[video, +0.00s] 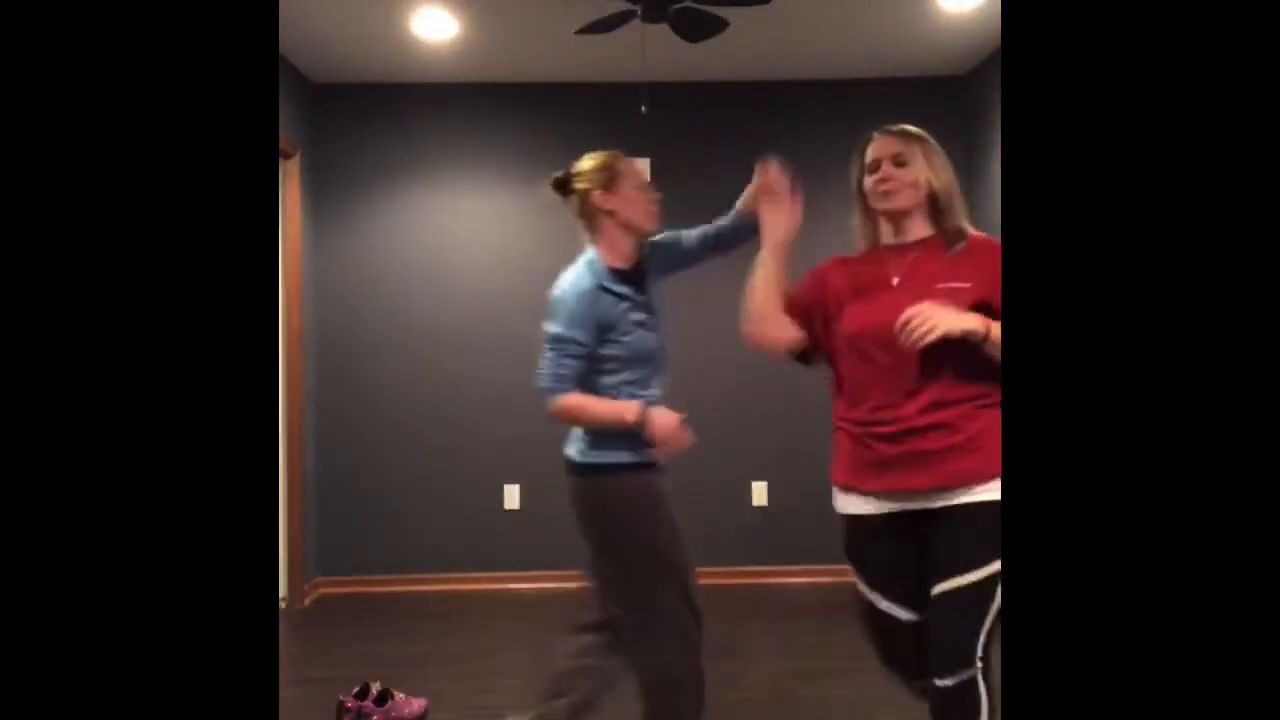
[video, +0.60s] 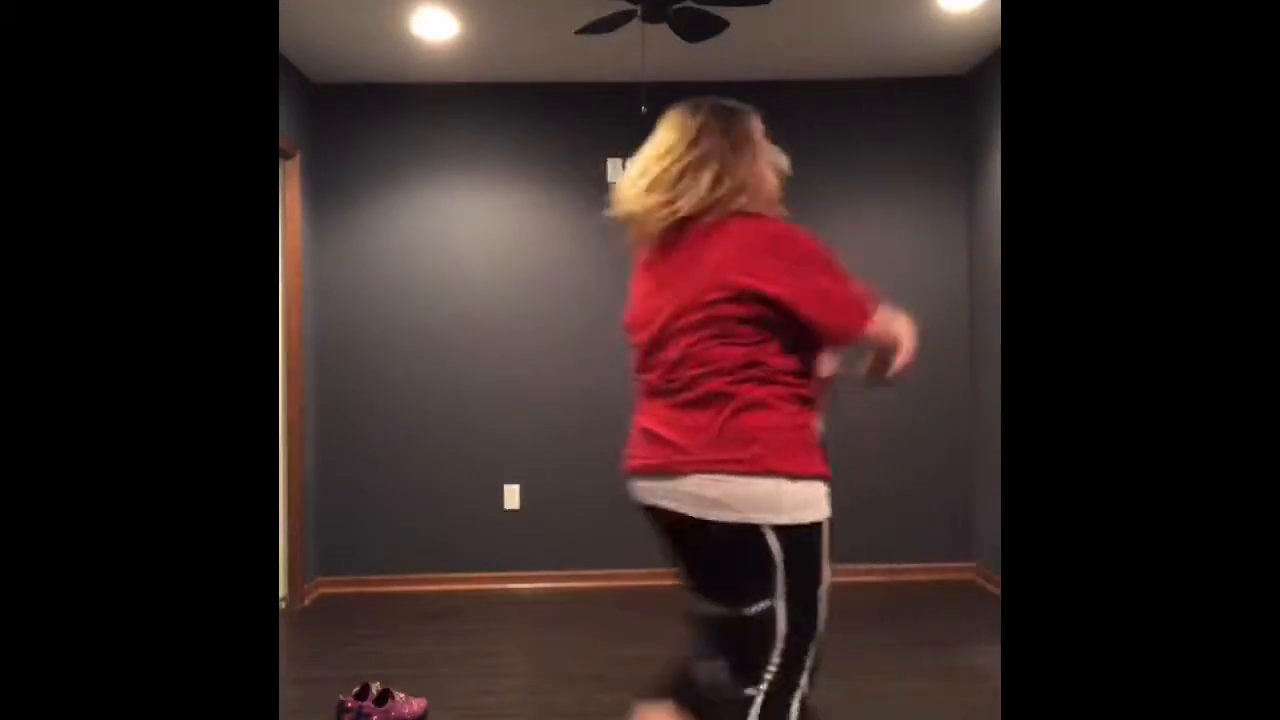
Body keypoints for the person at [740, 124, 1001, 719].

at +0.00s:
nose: (884, 173)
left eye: (899, 161)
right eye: (873, 168)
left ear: (932, 173)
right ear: (862, 189)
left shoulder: (983, 259)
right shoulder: (841, 277)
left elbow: (1003, 347)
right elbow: (765, 331)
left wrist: (974, 324)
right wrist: (773, 241)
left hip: (972, 495)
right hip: (872, 502)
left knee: (953, 667)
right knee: (902, 656)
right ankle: (964, 704)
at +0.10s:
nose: (881, 168)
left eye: (895, 156)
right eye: (866, 161)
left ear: (925, 172)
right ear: (850, 185)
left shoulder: (983, 259)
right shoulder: (826, 260)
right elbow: (741, 242)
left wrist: (984, 305)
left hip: (973, 489)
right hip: (863, 493)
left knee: (962, 671)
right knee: (886, 675)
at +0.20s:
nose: (868, 160)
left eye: (879, 148)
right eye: (850, 152)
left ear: (900, 164)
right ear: (829, 175)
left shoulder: (943, 245)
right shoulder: (802, 245)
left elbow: (996, 349)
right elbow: (777, 163)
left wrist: (979, 296)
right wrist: (814, 88)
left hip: (963, 472)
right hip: (851, 480)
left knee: (959, 662)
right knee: (881, 662)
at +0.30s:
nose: (854, 167)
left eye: (864, 154)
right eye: (836, 153)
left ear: (877, 168)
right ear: (799, 168)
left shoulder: (896, 257)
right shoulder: (779, 243)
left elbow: (959, 363)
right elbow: (817, 168)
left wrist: (954, 301)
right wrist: (860, 102)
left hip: (922, 481)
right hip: (824, 485)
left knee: (940, 666)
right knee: (848, 667)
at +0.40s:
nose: (836, 156)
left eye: (830, 145)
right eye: (820, 145)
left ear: (777, 163)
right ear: (776, 161)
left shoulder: (813, 246)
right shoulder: (760, 232)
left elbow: (847, 363)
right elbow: (908, 174)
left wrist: (897, 321)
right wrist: (900, 139)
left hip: (852, 486)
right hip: (794, 489)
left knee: (900, 645)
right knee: (817, 666)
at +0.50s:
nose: (794, 162)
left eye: (789, 148)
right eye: (784, 150)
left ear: (713, 166)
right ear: (755, 162)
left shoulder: (712, 244)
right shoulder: (773, 231)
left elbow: (776, 334)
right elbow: (920, 257)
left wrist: (861, 341)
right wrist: (918, 239)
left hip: (726, 480)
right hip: (789, 485)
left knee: (841, 635)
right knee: (811, 658)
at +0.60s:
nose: (781, 161)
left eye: (772, 144)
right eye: (766, 147)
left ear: (685, 165)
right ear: (733, 164)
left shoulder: (659, 249)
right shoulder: (761, 241)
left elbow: (718, 346)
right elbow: (873, 324)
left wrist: (813, 359)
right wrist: (894, 344)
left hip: (669, 481)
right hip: (761, 486)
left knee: (725, 635)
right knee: (783, 661)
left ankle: (672, 703)